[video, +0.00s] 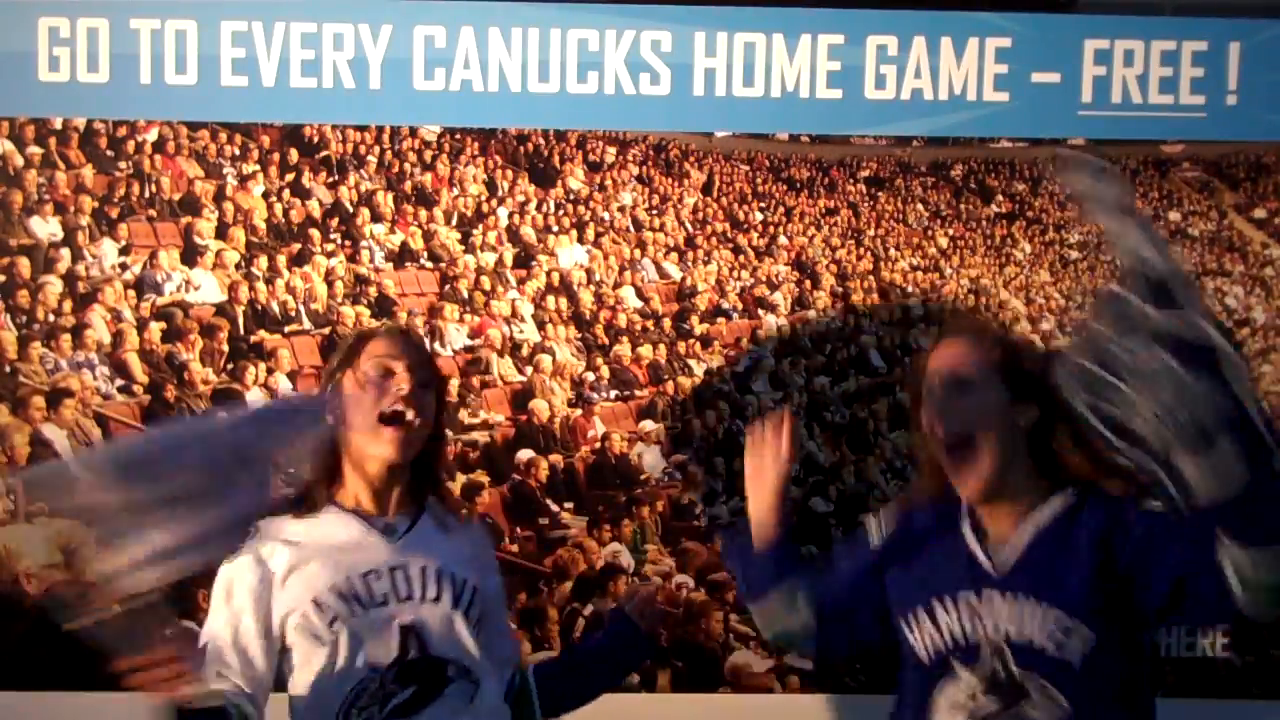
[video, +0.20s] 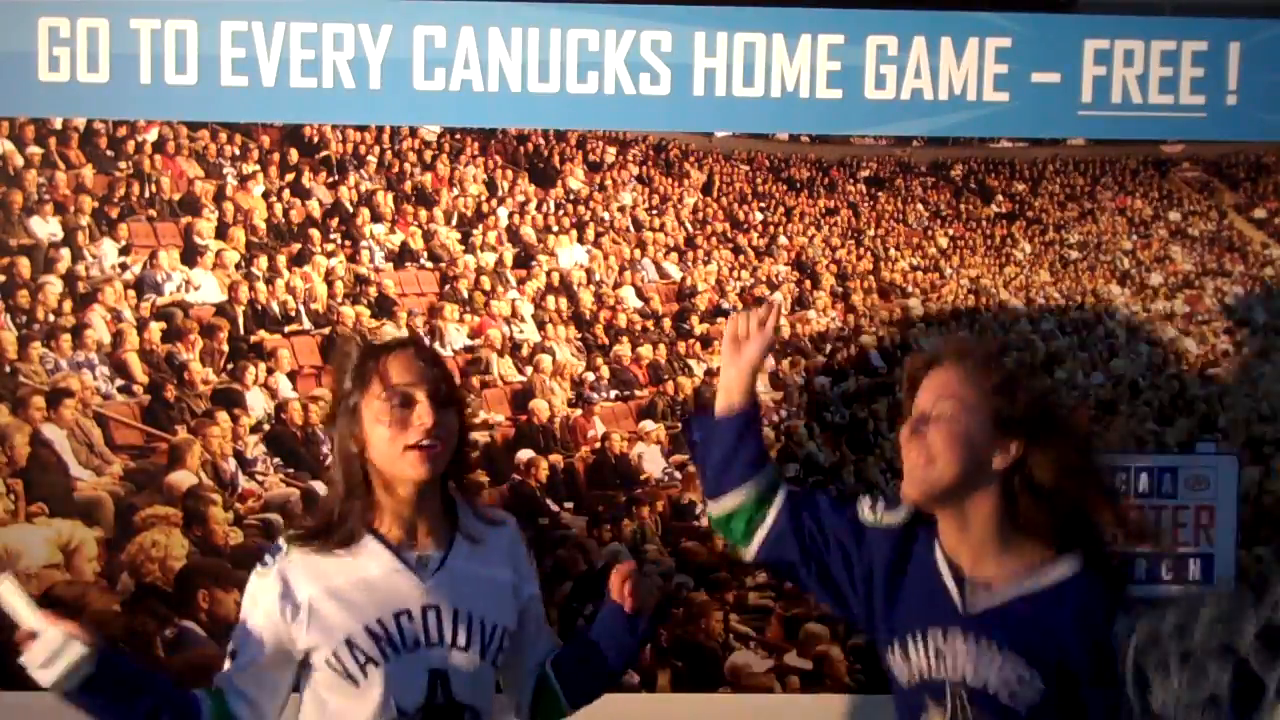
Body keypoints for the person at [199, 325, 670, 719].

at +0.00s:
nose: (405, 391)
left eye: (421, 382)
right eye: (380, 373)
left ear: (435, 417)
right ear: (333, 401)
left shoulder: (469, 544)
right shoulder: (267, 558)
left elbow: (508, 699)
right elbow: (229, 708)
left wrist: (625, 637)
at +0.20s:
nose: (428, 419)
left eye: (439, 399)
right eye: (399, 401)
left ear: (455, 417)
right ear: (350, 424)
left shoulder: (504, 548)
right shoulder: (296, 572)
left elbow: (541, 701)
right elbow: (235, 716)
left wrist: (620, 626)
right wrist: (98, 674)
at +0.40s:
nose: (430, 440)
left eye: (448, 417)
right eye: (405, 418)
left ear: (469, 436)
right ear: (366, 436)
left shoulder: (490, 563)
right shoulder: (293, 565)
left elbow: (512, 700)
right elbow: (247, 692)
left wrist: (628, 691)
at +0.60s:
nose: (411, 450)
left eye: (425, 430)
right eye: (387, 434)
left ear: (453, 431)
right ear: (352, 445)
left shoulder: (490, 559)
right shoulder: (298, 574)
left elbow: (507, 698)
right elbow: (254, 704)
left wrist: (633, 661)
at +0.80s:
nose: (420, 449)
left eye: (436, 424)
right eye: (389, 430)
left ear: (465, 441)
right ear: (351, 450)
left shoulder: (507, 566)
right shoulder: (309, 590)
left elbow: (541, 711)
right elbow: (263, 716)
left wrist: (616, 706)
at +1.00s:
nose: (433, 412)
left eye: (445, 391)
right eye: (407, 392)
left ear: (464, 407)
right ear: (361, 409)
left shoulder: (490, 546)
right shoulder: (294, 552)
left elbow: (509, 703)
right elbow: (246, 704)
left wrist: (567, 680)